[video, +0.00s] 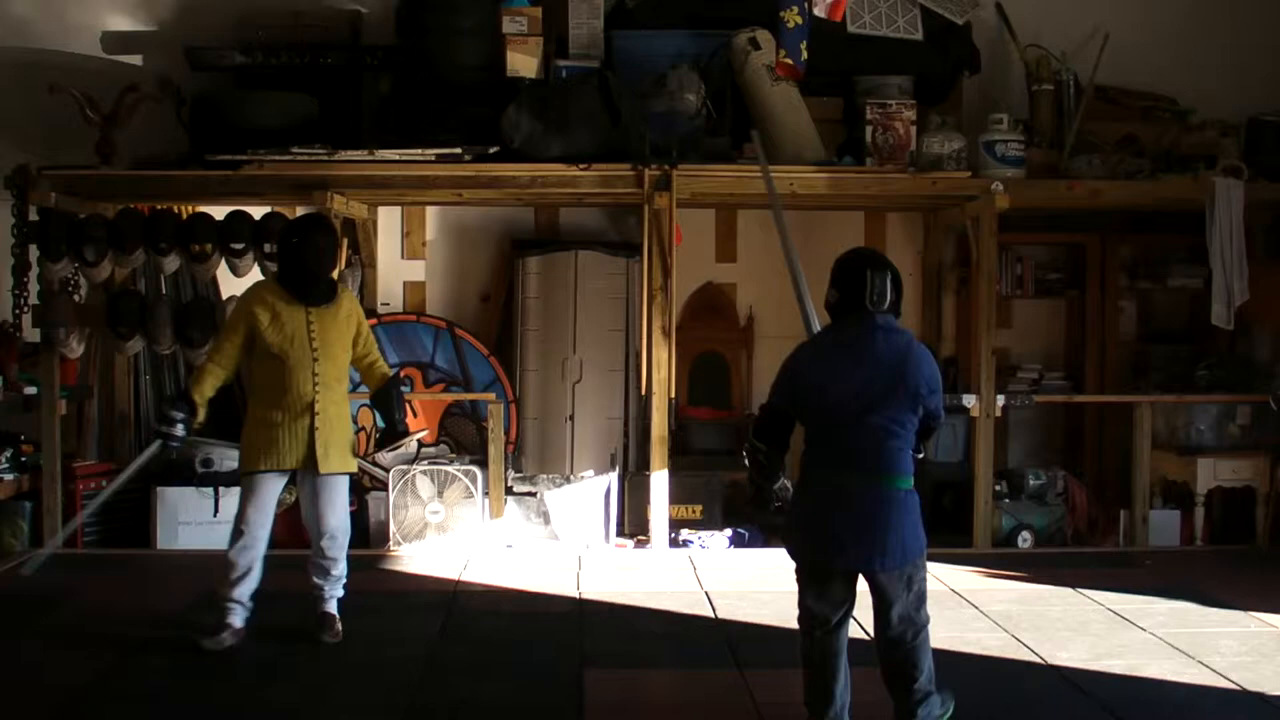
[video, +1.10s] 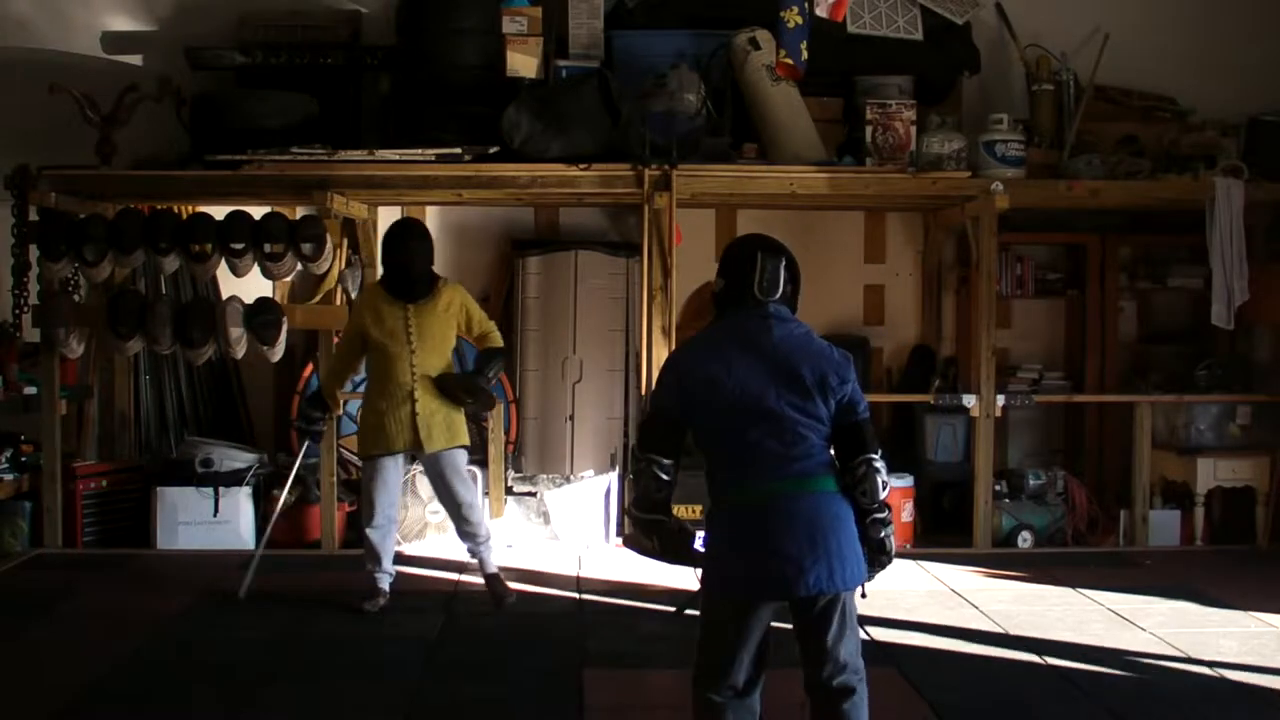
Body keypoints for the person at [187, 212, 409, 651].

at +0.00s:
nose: (326, 262)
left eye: (331, 253)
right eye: (317, 252)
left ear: (336, 258)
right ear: (293, 254)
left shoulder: (346, 306)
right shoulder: (258, 302)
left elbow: (369, 359)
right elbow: (221, 359)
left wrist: (389, 389)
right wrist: (192, 403)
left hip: (330, 440)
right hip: (271, 439)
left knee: (332, 531)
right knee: (249, 530)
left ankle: (329, 607)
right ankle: (234, 617)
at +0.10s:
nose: (339, 271)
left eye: (343, 262)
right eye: (329, 262)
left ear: (344, 262)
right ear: (304, 259)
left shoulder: (355, 305)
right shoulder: (269, 299)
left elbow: (377, 357)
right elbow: (233, 358)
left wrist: (396, 388)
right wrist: (208, 406)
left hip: (336, 436)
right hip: (277, 435)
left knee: (335, 527)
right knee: (263, 527)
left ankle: (330, 606)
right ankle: (266, 610)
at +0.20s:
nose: (348, 262)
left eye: (350, 253)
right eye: (337, 253)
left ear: (354, 257)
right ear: (311, 255)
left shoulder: (365, 305)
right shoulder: (277, 301)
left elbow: (386, 359)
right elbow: (251, 362)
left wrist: (407, 390)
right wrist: (237, 404)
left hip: (345, 434)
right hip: (288, 432)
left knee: (338, 525)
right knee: (279, 515)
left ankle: (330, 601)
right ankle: (304, 579)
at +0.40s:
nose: (349, 270)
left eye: (356, 261)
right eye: (340, 260)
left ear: (365, 263)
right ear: (323, 261)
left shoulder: (380, 309)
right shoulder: (296, 304)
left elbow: (405, 365)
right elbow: (277, 366)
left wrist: (430, 412)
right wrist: (276, 417)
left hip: (363, 427)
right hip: (312, 429)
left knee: (351, 517)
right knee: (330, 516)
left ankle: (335, 601)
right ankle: (365, 574)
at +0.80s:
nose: (364, 266)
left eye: (372, 256)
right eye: (356, 257)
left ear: (389, 256)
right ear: (346, 259)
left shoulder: (413, 299)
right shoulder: (332, 306)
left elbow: (444, 339)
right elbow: (321, 373)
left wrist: (465, 374)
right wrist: (313, 426)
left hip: (404, 420)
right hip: (355, 424)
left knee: (391, 502)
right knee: (362, 510)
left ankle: (393, 585)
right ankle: (374, 583)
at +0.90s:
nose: (379, 268)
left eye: (386, 259)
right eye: (371, 260)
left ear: (399, 257)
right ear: (359, 260)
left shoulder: (425, 296)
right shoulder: (342, 302)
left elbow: (458, 337)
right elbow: (328, 366)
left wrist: (470, 368)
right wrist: (315, 416)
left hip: (415, 417)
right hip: (364, 420)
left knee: (415, 502)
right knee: (370, 509)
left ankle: (429, 577)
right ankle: (378, 584)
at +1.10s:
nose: (406, 268)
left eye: (414, 259)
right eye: (399, 259)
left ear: (429, 259)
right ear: (387, 260)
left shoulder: (452, 297)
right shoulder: (369, 302)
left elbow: (489, 335)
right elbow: (345, 357)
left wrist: (485, 371)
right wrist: (320, 400)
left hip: (441, 419)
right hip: (385, 424)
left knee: (466, 503)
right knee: (379, 512)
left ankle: (490, 571)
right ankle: (380, 586)